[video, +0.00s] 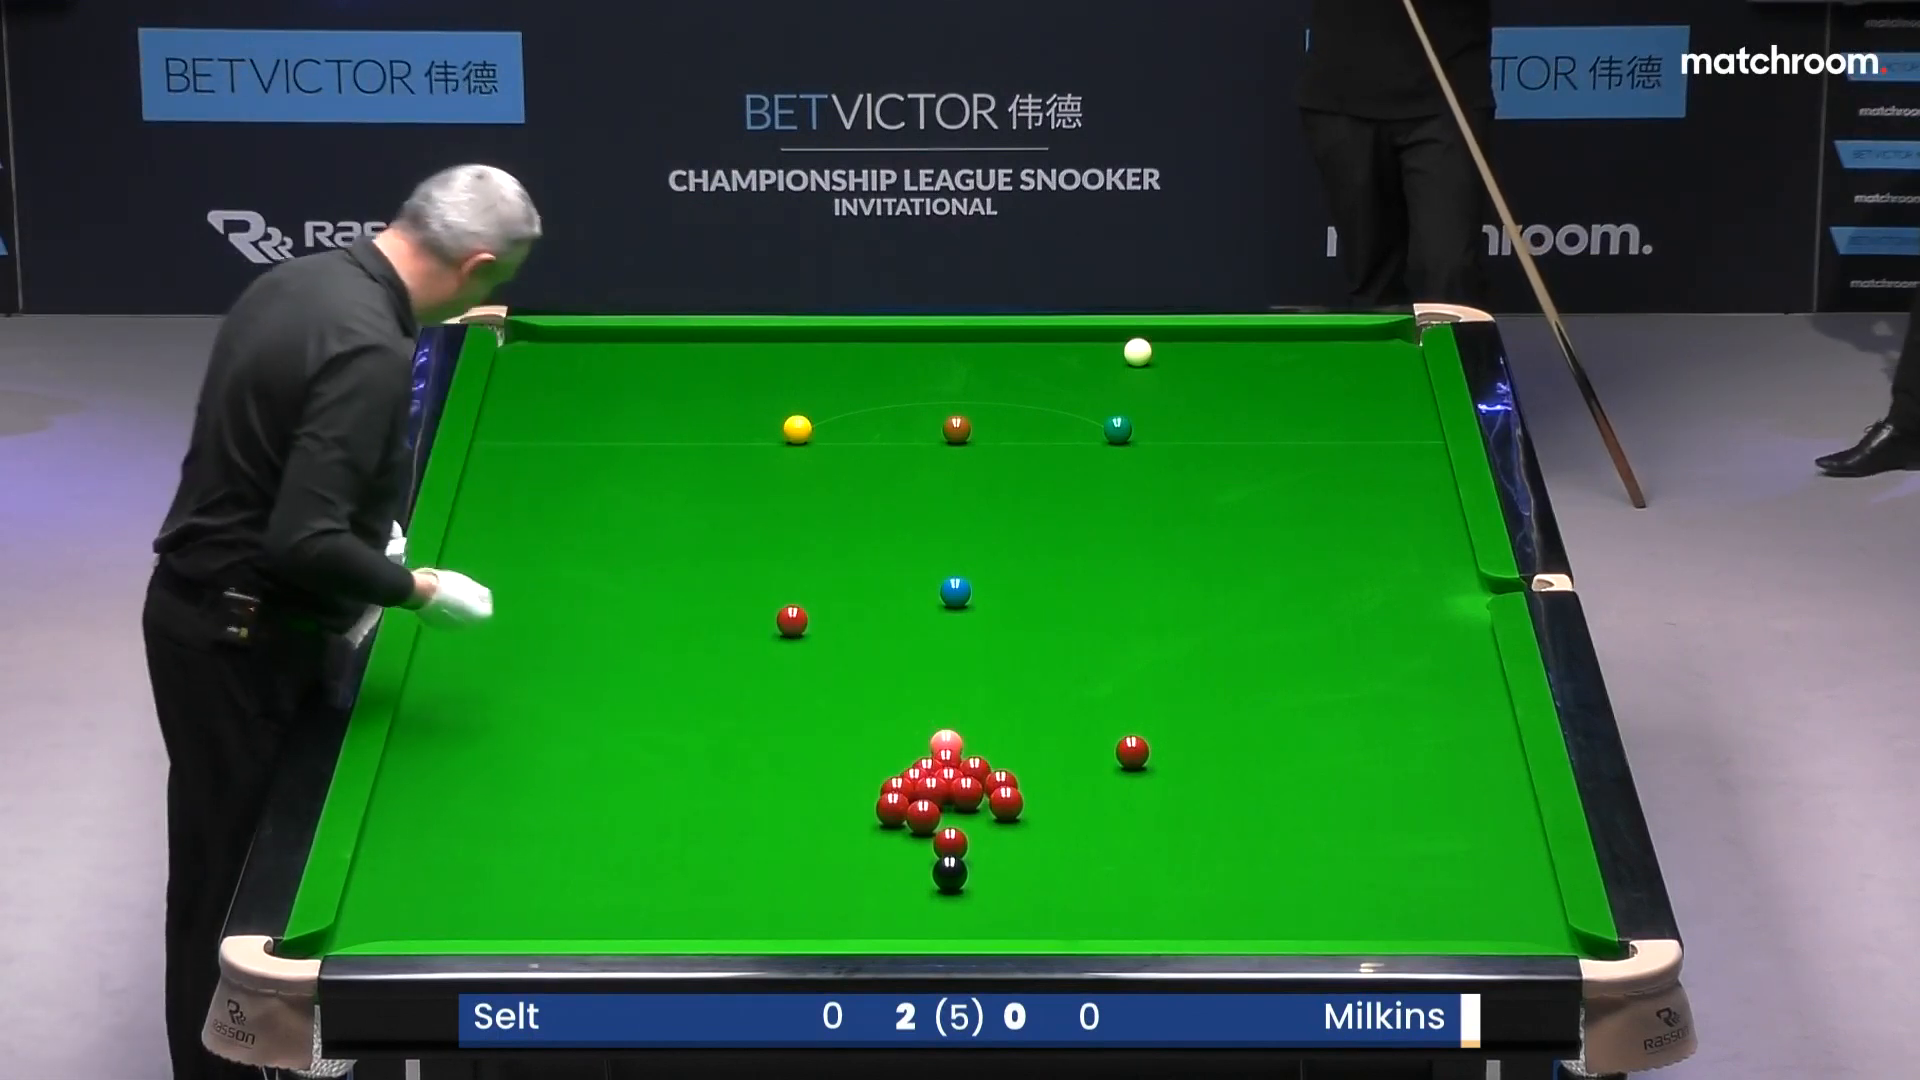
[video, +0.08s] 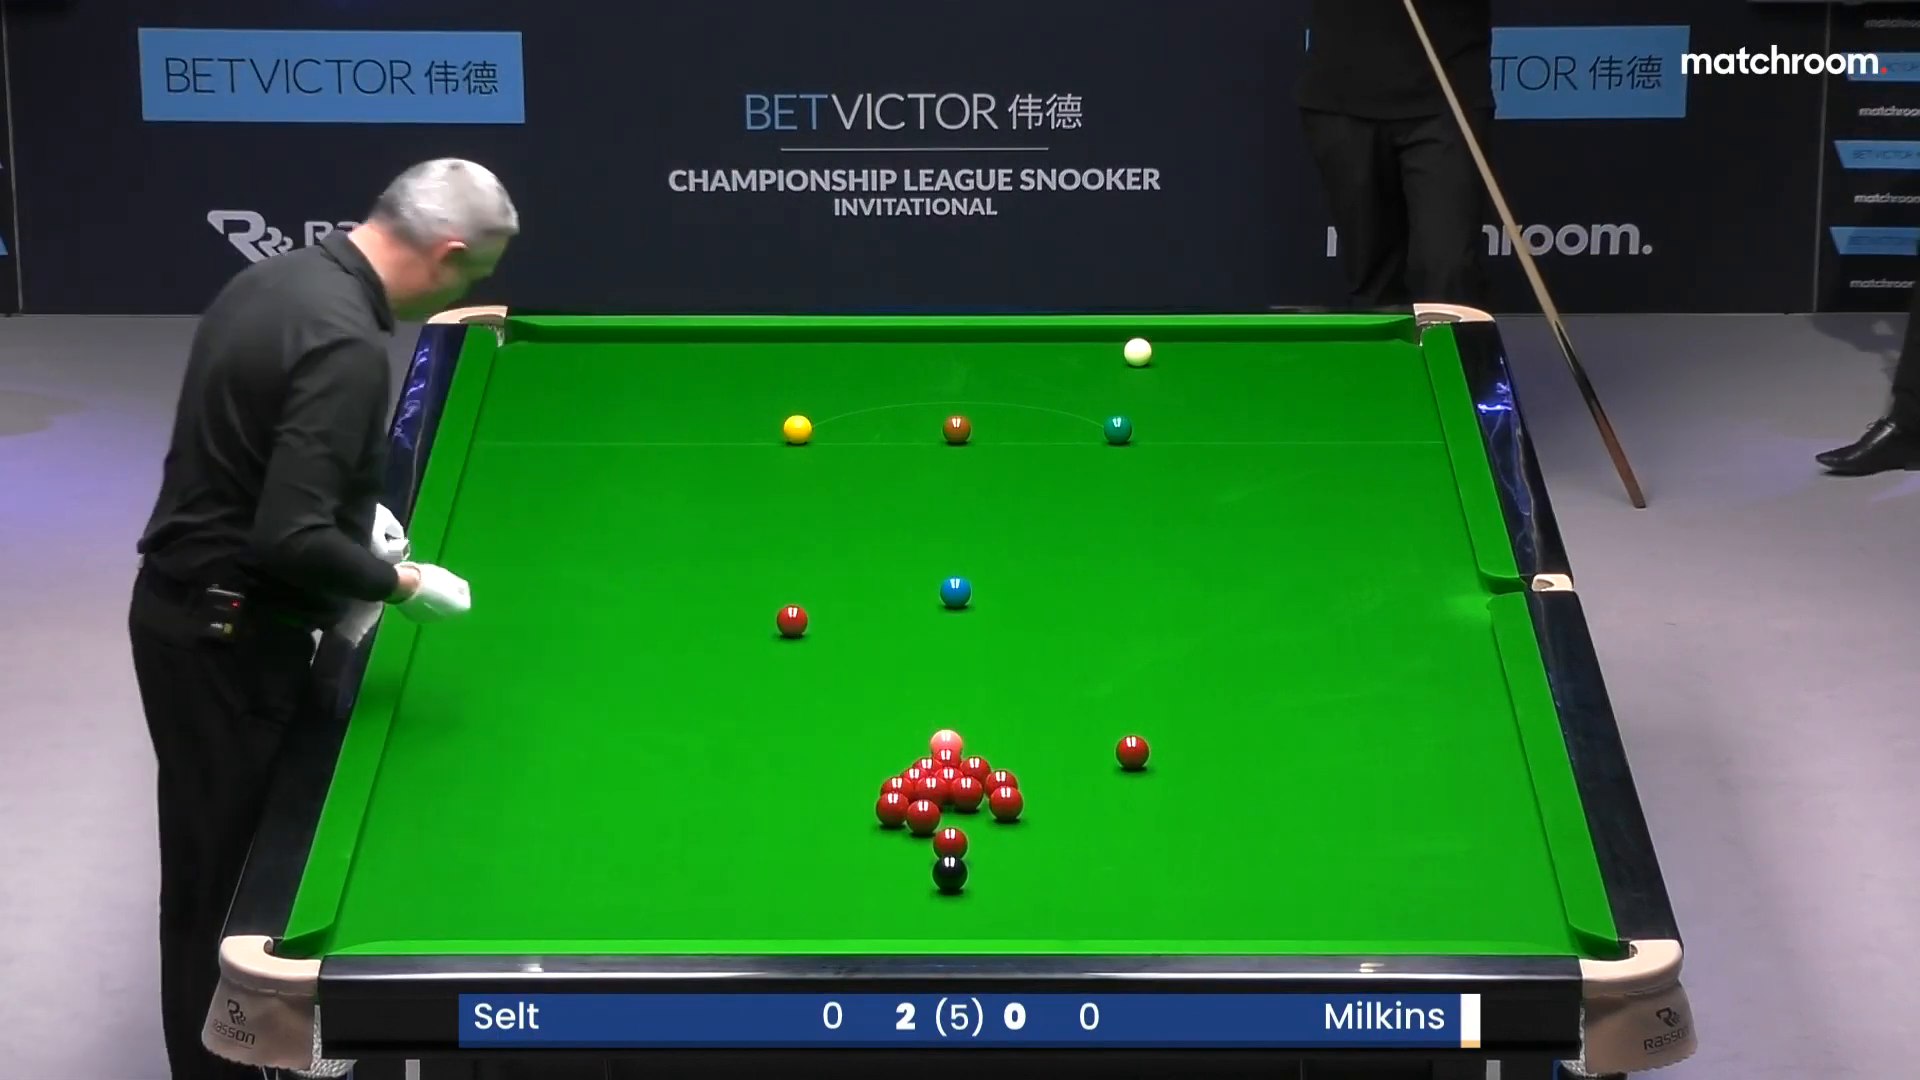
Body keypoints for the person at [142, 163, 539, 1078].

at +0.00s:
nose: (486, 298)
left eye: (497, 282)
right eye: (495, 280)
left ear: (411, 220)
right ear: (472, 263)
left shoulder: (298, 281)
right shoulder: (371, 349)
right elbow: (304, 540)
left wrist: (440, 317)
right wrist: (417, 584)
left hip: (194, 608)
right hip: (245, 634)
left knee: (217, 856)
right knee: (242, 866)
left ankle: (208, 1052)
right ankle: (215, 1060)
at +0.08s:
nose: (460, 296)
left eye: (473, 279)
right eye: (470, 277)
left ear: (391, 221)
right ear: (441, 250)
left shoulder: (280, 278)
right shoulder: (347, 343)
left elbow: (268, 430)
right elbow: (291, 535)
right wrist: (402, 580)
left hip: (183, 608)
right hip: (231, 633)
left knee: (212, 854)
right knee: (234, 865)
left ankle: (207, 1053)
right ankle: (212, 1061)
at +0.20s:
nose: (418, 299)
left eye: (433, 283)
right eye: (430, 279)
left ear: (374, 226)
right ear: (396, 241)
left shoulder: (246, 279)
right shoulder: (309, 338)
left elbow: (226, 443)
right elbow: (267, 533)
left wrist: (338, 503)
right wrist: (378, 573)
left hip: (164, 613)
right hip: (210, 637)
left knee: (201, 860)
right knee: (222, 872)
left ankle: (189, 1050)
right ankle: (193, 1058)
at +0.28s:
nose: (401, 296)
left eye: (415, 280)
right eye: (409, 274)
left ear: (354, 224)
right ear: (366, 235)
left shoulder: (230, 279)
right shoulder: (280, 337)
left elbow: (223, 444)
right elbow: (241, 535)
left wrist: (333, 498)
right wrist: (359, 574)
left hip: (156, 615)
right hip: (190, 639)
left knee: (205, 874)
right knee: (207, 892)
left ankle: (153, 1058)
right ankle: (140, 1066)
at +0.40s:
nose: (365, 303)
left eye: (378, 289)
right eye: (370, 282)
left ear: (314, 234)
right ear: (320, 239)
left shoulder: (219, 287)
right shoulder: (231, 340)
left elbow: (227, 461)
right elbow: (182, 545)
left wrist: (326, 504)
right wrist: (320, 585)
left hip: (174, 631)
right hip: (151, 643)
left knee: (207, 875)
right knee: (159, 878)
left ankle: (214, 1066)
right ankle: (31, 1064)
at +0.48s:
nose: (341, 308)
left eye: (354, 295)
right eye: (342, 287)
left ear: (289, 243)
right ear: (287, 243)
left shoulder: (213, 306)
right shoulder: (188, 344)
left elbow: (220, 475)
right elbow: (127, 549)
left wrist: (313, 519)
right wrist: (274, 597)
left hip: (168, 644)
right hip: (116, 653)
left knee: (199, 890)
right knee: (101, 892)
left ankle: (211, 1069)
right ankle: (14, 1057)